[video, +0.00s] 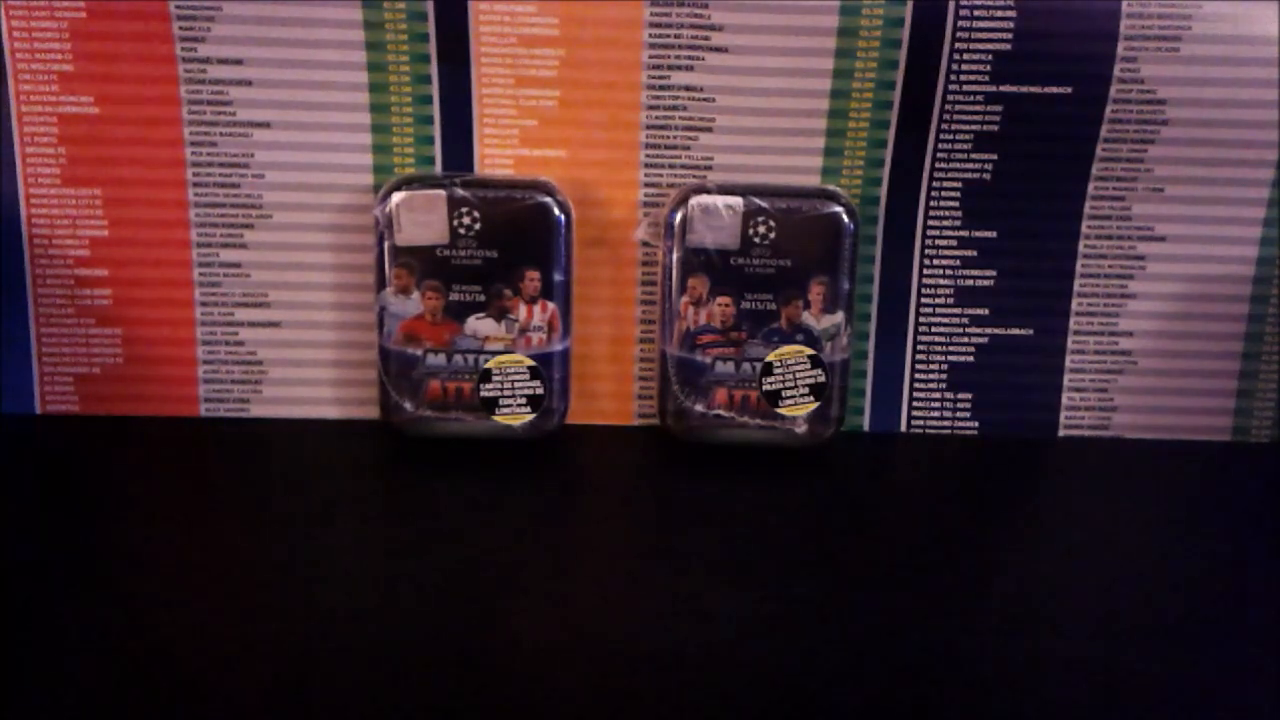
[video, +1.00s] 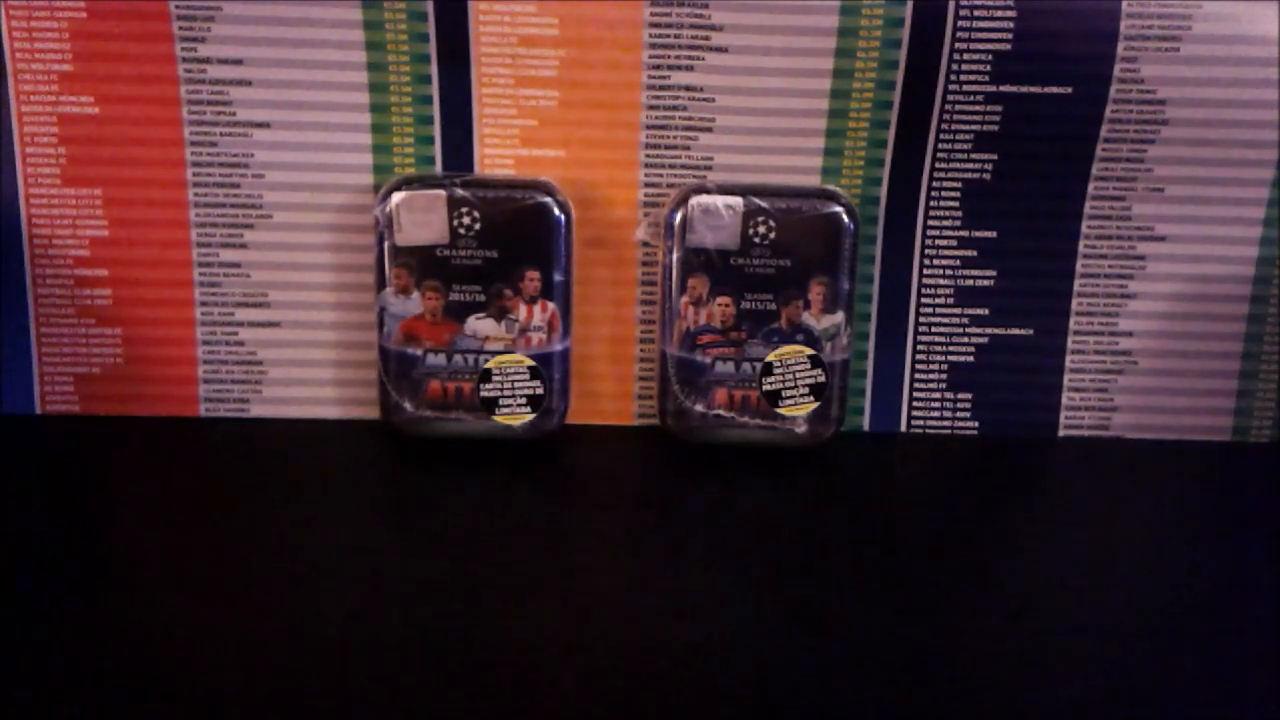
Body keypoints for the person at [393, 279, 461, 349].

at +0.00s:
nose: (433, 303)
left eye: (437, 299)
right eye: (429, 298)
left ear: (444, 301)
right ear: (422, 301)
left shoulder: (454, 328)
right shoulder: (408, 326)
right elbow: (395, 348)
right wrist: (421, 346)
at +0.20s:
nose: (433, 303)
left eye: (437, 299)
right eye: (429, 299)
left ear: (444, 301)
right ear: (422, 301)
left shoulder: (454, 328)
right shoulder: (408, 326)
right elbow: (396, 348)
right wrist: (421, 346)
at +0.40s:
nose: (433, 303)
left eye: (437, 299)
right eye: (429, 299)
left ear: (444, 302)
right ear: (422, 301)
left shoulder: (454, 328)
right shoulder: (409, 325)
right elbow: (396, 347)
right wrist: (421, 346)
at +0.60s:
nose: (433, 303)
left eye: (437, 299)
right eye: (429, 299)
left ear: (444, 302)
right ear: (422, 301)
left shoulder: (454, 328)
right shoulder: (408, 326)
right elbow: (395, 349)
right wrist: (420, 347)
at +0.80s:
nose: (433, 303)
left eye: (437, 299)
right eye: (429, 299)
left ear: (443, 301)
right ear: (422, 301)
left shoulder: (454, 328)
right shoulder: (408, 325)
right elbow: (394, 348)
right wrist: (420, 346)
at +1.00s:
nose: (433, 303)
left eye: (437, 299)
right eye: (429, 299)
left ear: (444, 301)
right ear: (422, 301)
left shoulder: (454, 328)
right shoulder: (408, 325)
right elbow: (394, 349)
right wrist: (420, 346)